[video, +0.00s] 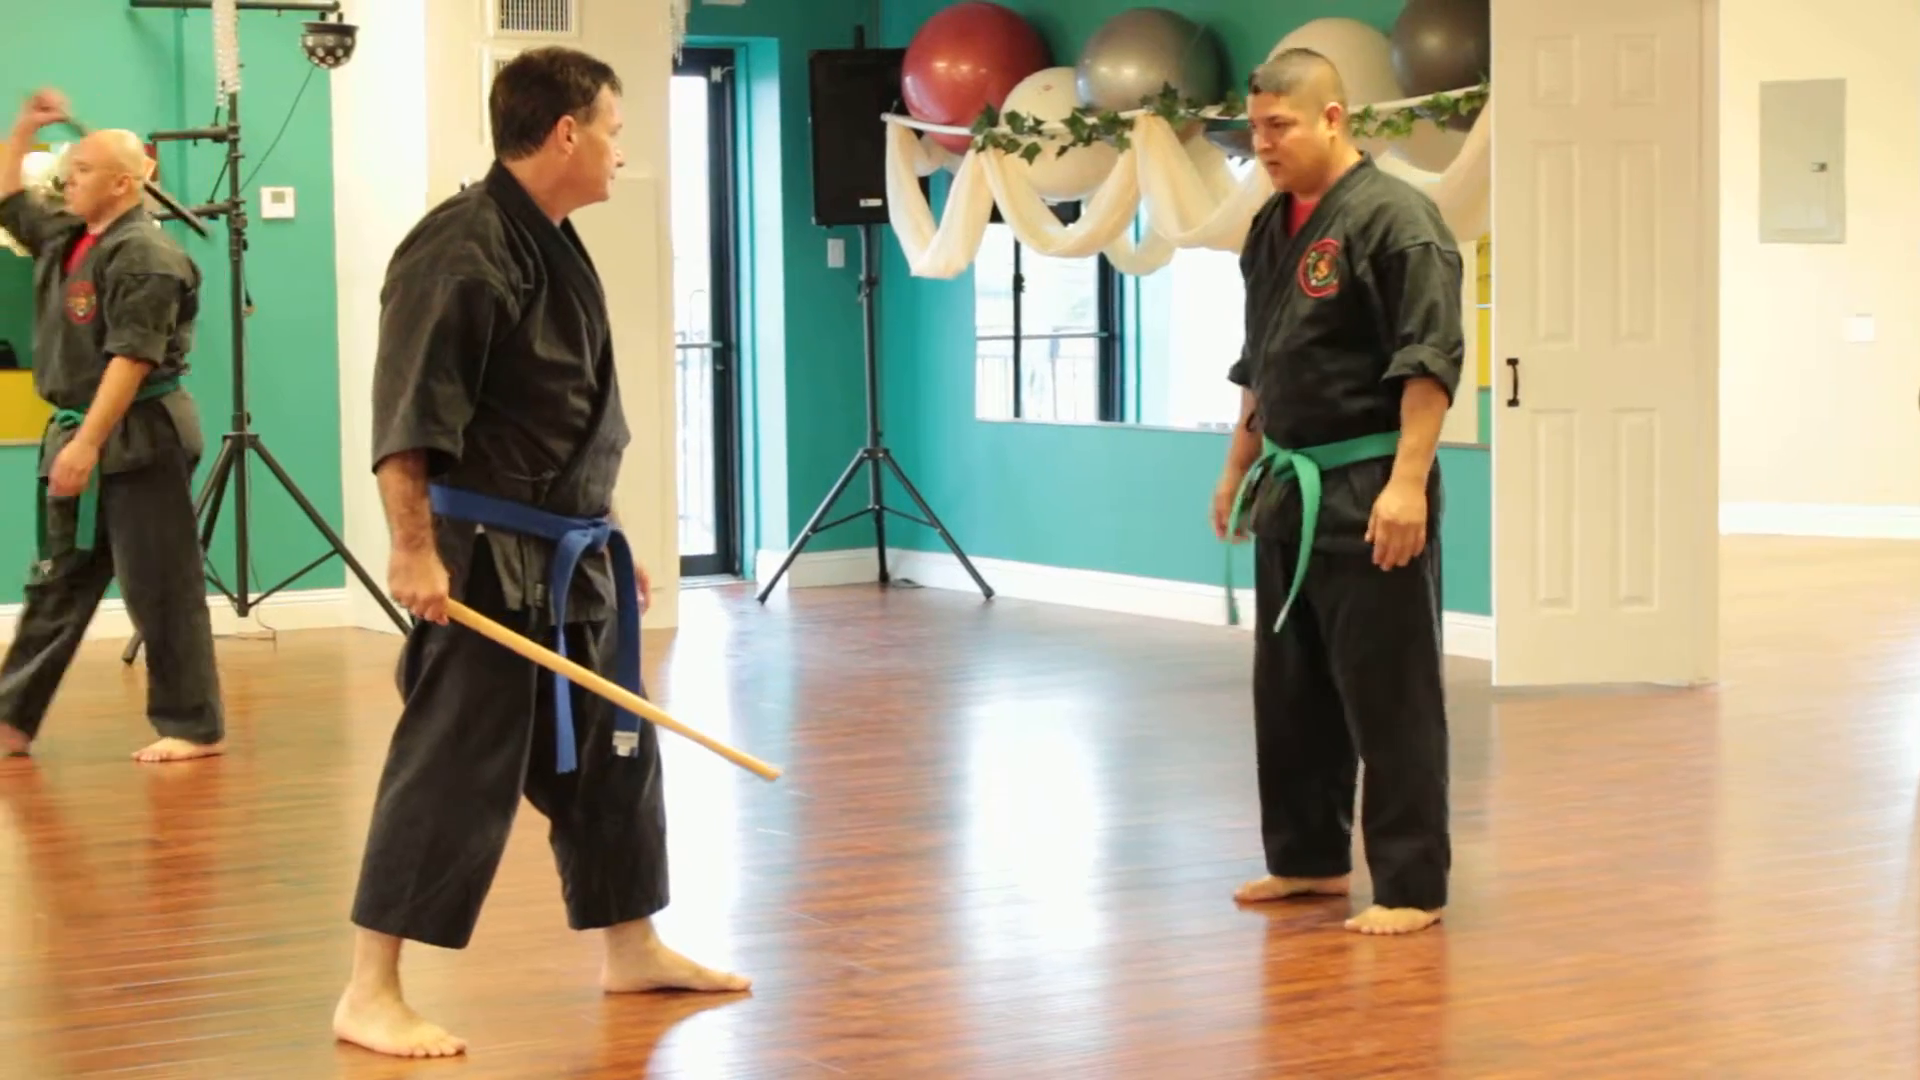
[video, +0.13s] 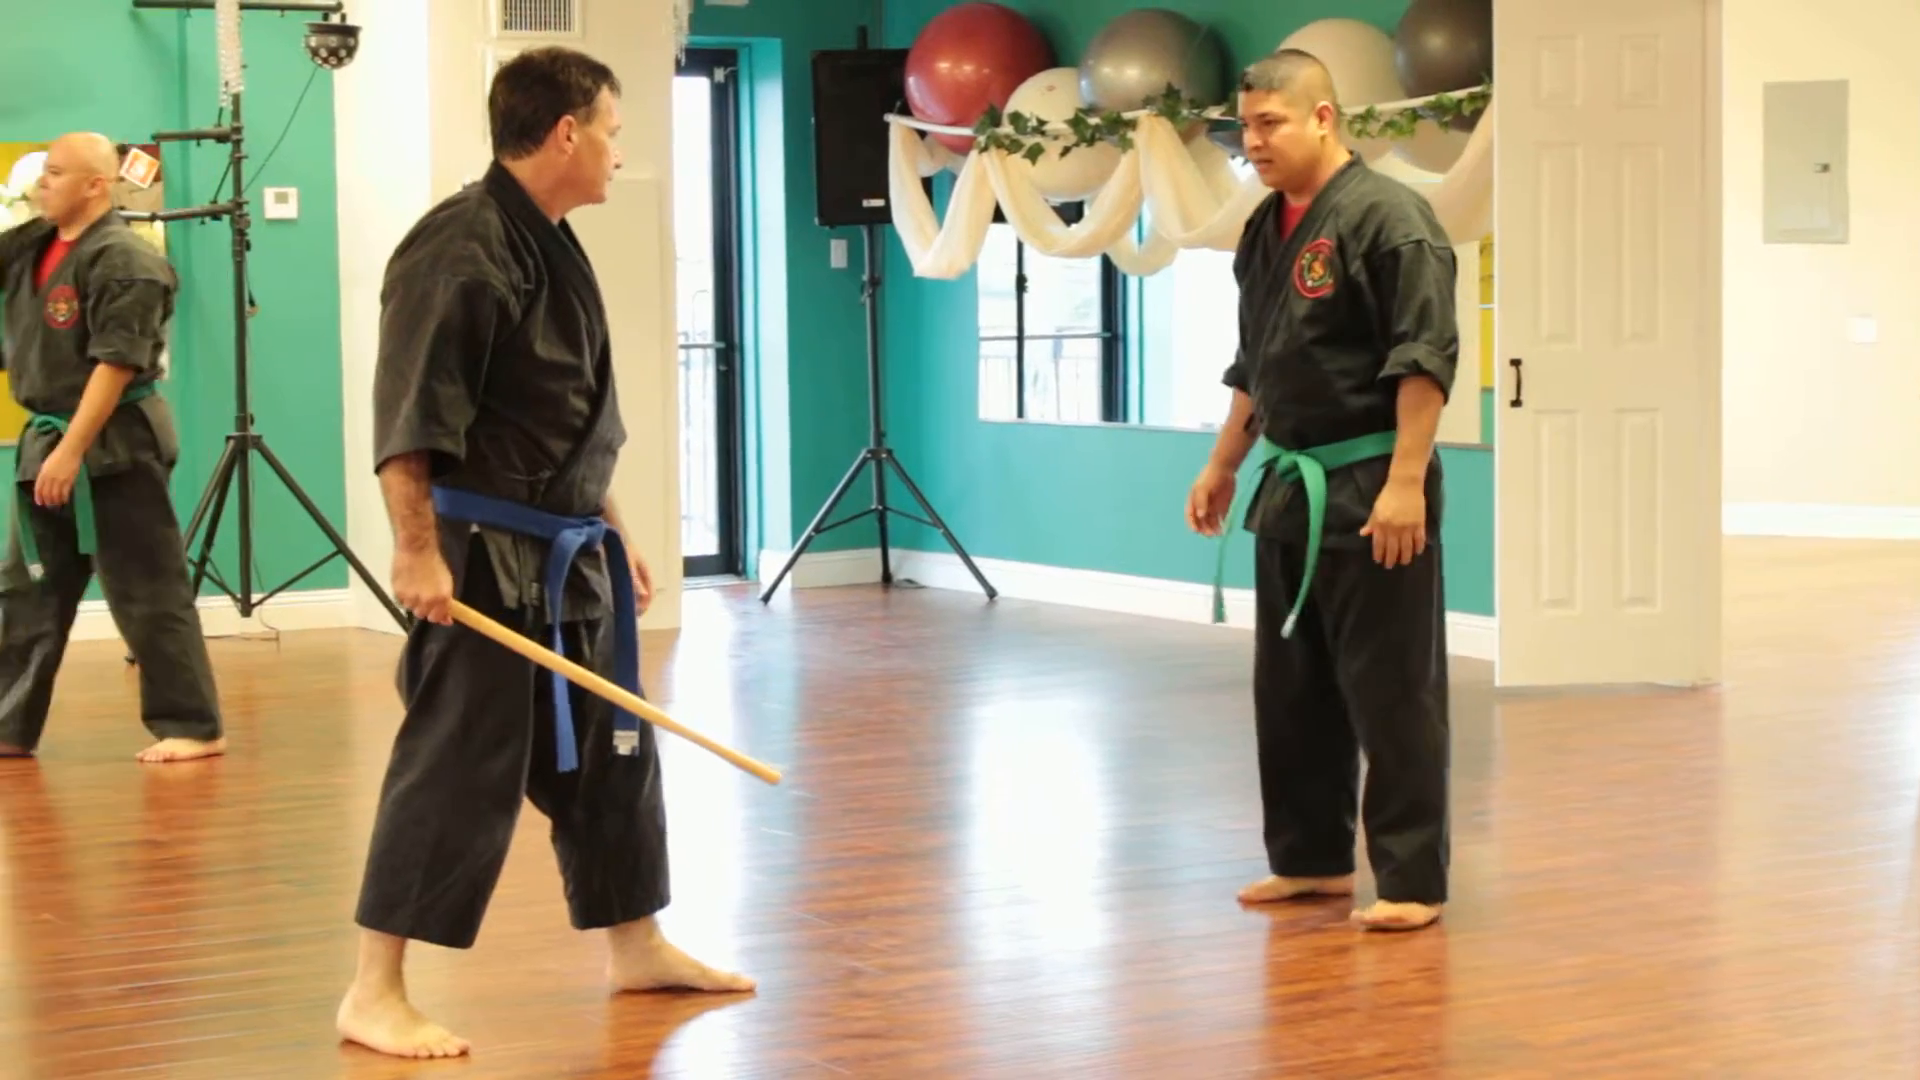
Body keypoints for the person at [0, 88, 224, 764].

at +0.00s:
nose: (65, 178)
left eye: (79, 169)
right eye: (67, 167)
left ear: (124, 182)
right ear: (107, 180)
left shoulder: (148, 257)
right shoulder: (64, 233)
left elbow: (133, 362)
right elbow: (11, 198)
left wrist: (87, 442)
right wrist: (23, 130)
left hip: (139, 426)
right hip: (77, 423)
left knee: (163, 581)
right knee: (61, 581)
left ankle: (192, 727)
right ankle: (12, 721)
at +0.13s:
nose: (41, 182)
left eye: (54, 173)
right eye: (44, 172)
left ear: (95, 185)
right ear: (77, 185)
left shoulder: (127, 257)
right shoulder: (31, 248)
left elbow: (118, 364)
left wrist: (68, 449)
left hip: (117, 437)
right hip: (48, 437)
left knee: (151, 587)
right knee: (31, 594)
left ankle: (191, 727)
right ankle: (11, 730)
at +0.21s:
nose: (24, 182)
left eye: (38, 172)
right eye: (27, 171)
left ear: (82, 185)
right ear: (62, 185)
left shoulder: (119, 260)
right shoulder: (21, 253)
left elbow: (116, 366)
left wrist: (75, 453)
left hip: (111, 437)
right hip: (38, 437)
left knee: (144, 588)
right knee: (28, 590)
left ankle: (192, 725)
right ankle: (17, 730)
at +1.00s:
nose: (62, 197)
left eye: (73, 188)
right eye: (64, 187)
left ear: (113, 198)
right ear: (109, 199)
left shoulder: (136, 263)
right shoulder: (109, 258)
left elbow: (137, 378)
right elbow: (118, 370)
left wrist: (102, 468)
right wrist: (100, 447)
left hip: (163, 433)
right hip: (129, 428)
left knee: (150, 580)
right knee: (93, 575)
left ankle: (160, 732)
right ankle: (95, 718)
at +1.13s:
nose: (89, 193)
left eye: (100, 183)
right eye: (92, 182)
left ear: (140, 193)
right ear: (139, 194)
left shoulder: (154, 260)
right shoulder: (145, 248)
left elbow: (149, 373)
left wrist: (120, 463)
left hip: (174, 435)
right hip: (166, 429)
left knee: (154, 583)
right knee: (151, 574)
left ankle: (159, 733)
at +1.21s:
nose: (104, 194)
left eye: (118, 183)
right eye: (106, 182)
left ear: (163, 192)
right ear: (164, 195)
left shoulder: (165, 262)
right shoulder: (185, 248)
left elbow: (160, 376)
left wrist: (128, 461)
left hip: (179, 435)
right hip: (212, 428)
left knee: (155, 584)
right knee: (203, 574)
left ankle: (160, 737)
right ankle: (276, 697)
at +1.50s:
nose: (150, 203)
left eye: (162, 193)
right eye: (152, 192)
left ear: (202, 205)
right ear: (208, 207)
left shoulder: (192, 270)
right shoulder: (249, 260)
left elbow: (181, 378)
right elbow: (259, 366)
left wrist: (156, 464)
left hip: (211, 444)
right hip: (259, 438)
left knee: (148, 587)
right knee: (248, 590)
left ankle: (147, 736)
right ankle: (294, 721)